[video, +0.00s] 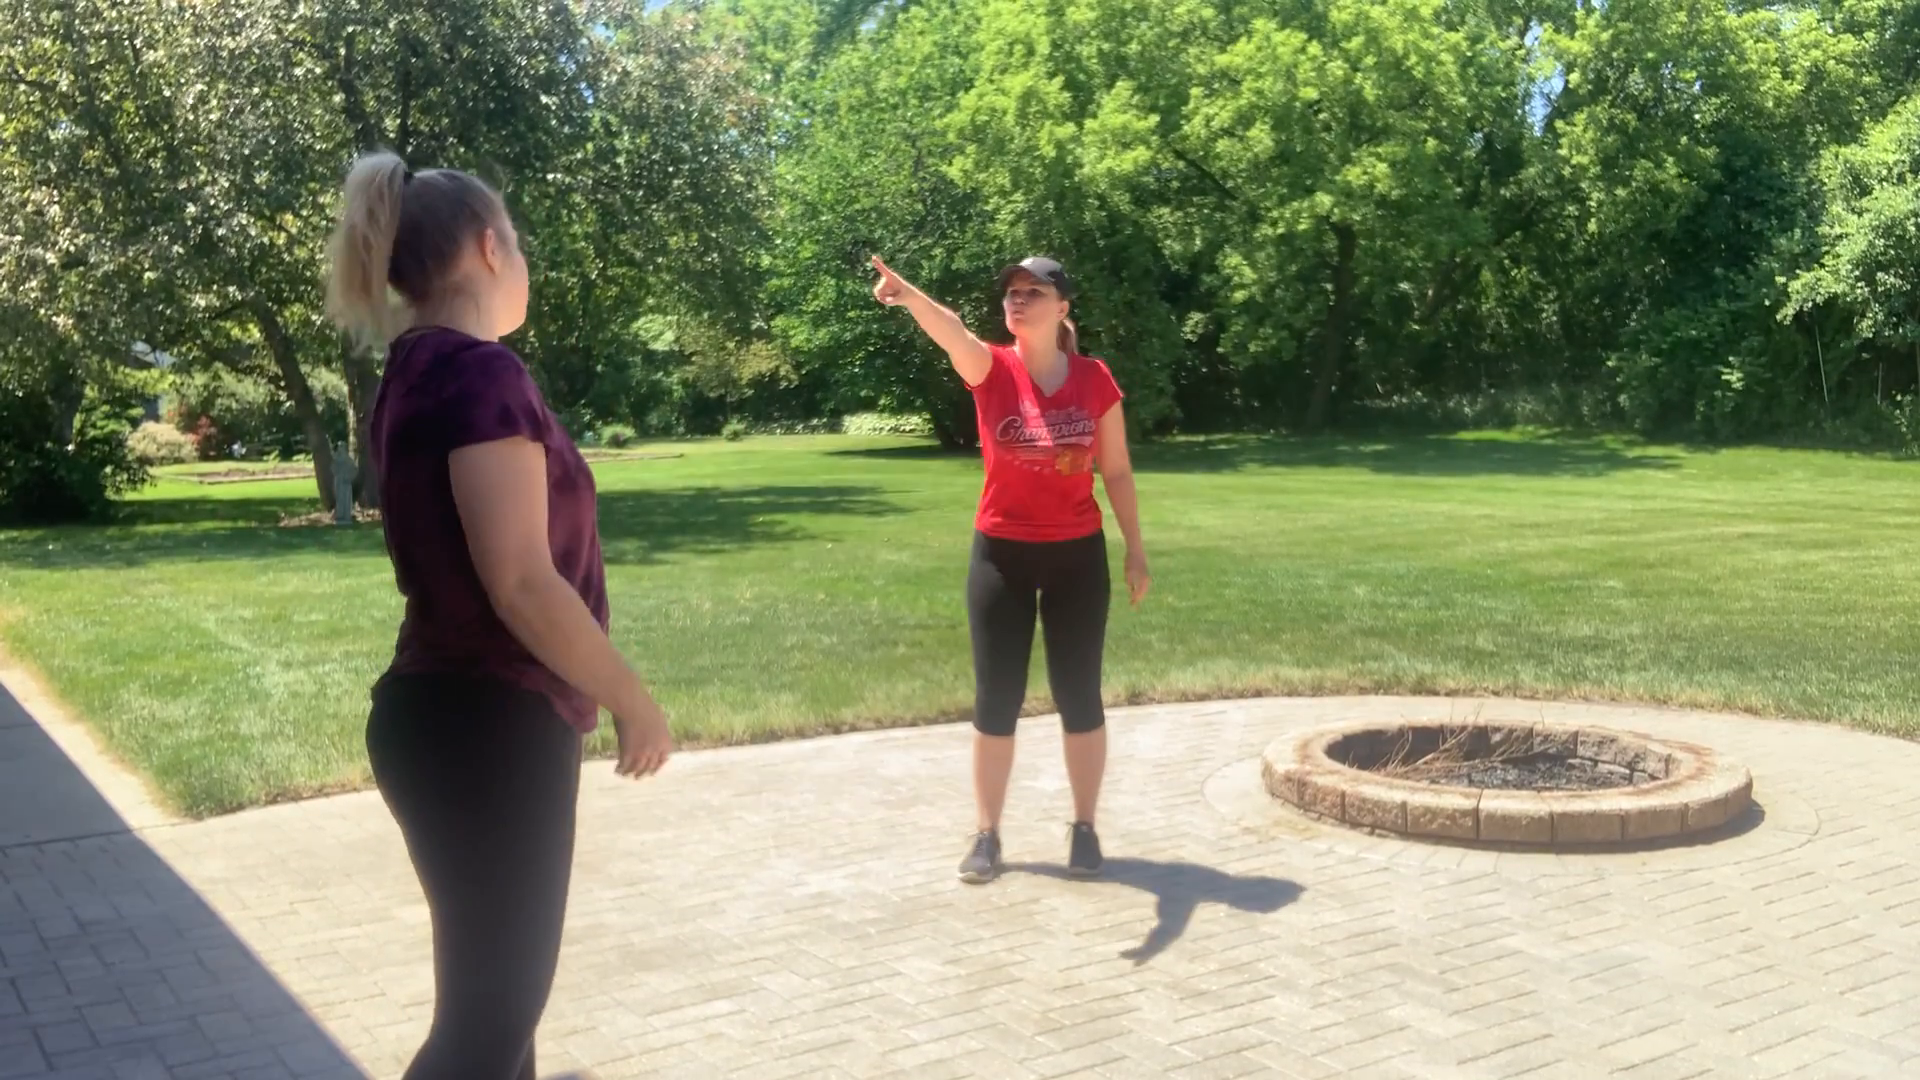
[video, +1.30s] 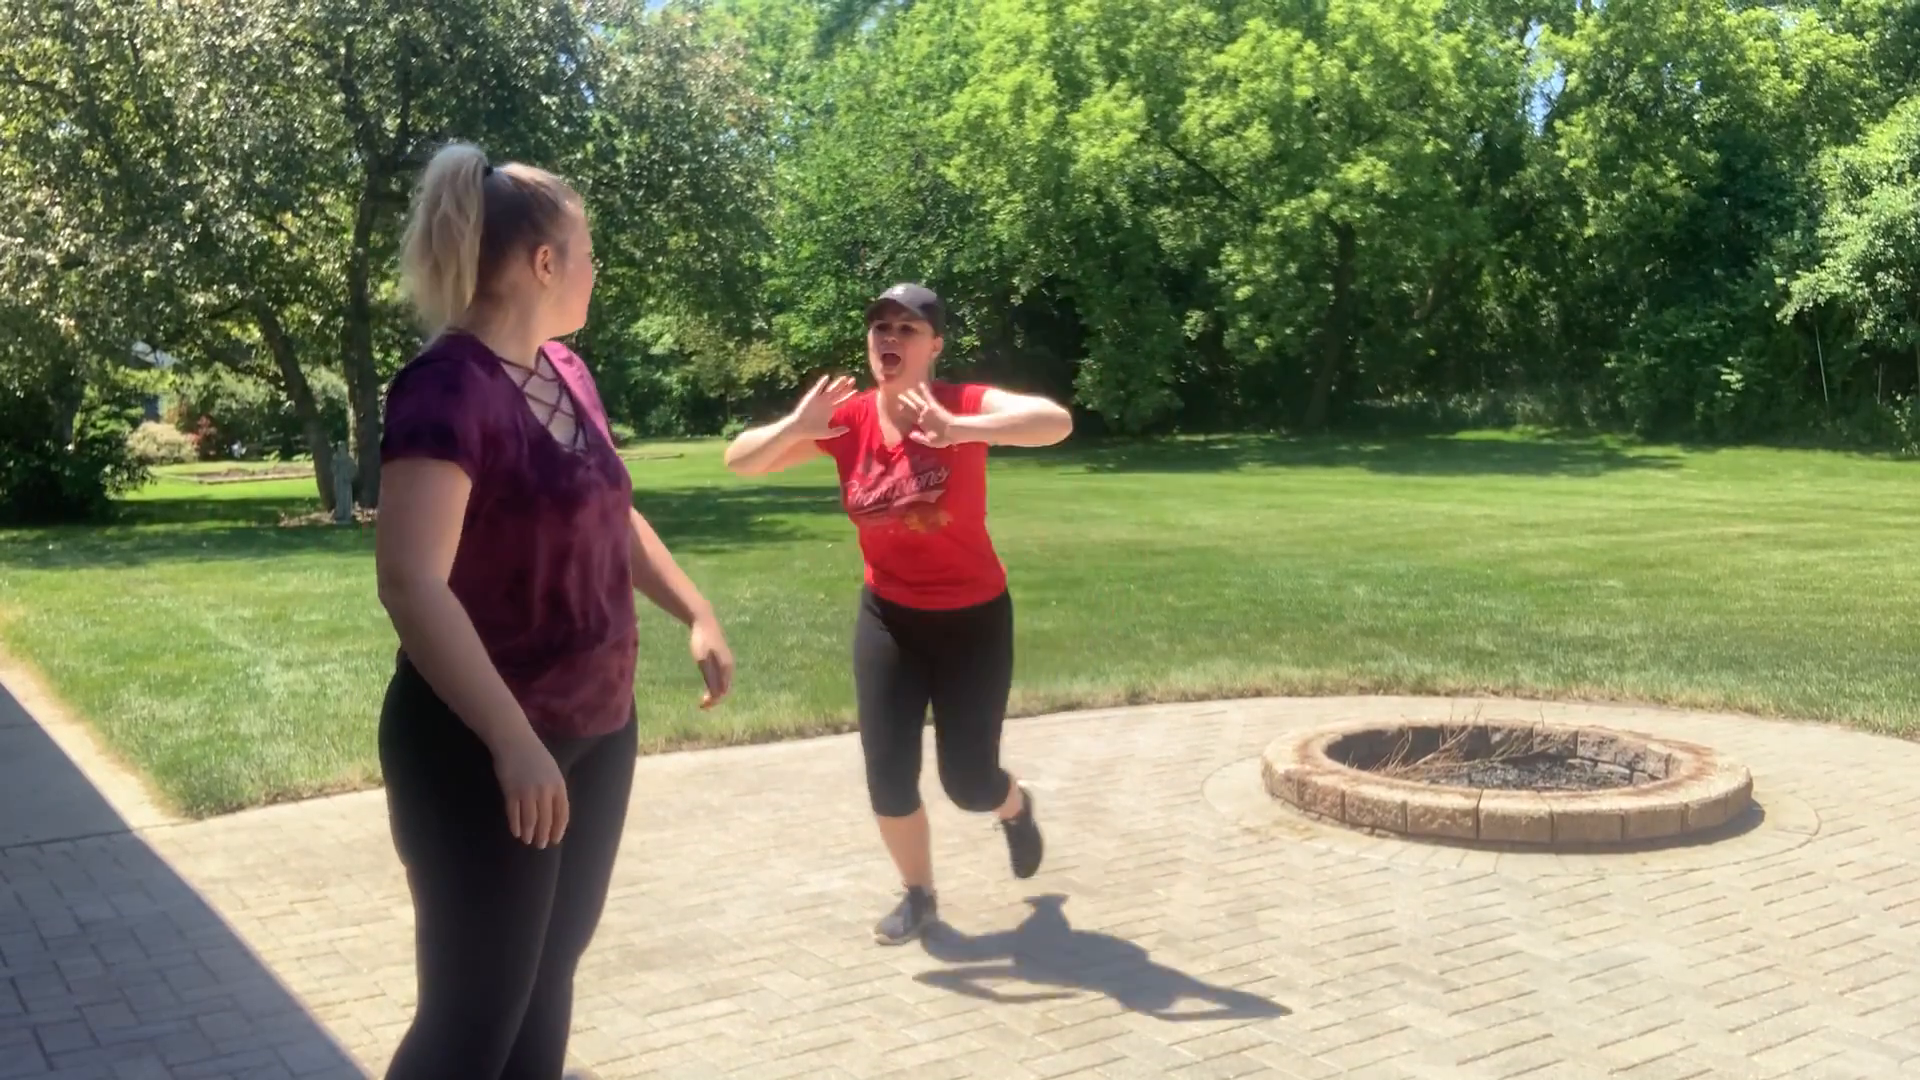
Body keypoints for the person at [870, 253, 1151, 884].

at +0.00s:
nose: (1017, 303)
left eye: (1032, 294)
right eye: (1011, 295)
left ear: (1063, 306)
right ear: (1003, 308)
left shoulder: (1094, 379)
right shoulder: (992, 367)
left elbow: (1117, 470)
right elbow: (954, 335)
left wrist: (1134, 546)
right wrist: (911, 296)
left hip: (1077, 554)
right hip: (1000, 554)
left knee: (1079, 696)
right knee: (996, 698)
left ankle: (1085, 827)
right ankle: (986, 834)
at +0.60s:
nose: (1007, 309)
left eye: (1021, 300)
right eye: (1000, 299)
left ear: (1050, 309)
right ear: (990, 307)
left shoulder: (1076, 384)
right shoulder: (965, 371)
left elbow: (1091, 478)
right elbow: (884, 403)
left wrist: (1104, 558)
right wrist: (893, 367)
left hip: (1052, 560)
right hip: (975, 560)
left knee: (1060, 702)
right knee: (979, 704)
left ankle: (1064, 823)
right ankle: (985, 834)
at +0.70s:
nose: (1014, 318)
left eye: (1028, 309)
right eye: (1008, 308)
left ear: (1058, 319)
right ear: (998, 318)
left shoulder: (1087, 392)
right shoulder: (975, 383)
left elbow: (1104, 486)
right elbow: (905, 435)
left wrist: (1106, 566)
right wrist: (892, 444)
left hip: (1056, 567)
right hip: (979, 565)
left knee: (1064, 707)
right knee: (979, 708)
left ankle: (1072, 814)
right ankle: (986, 833)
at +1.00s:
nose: (991, 346)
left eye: (1007, 338)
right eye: (985, 336)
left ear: (1037, 352)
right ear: (975, 346)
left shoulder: (1061, 419)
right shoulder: (953, 420)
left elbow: (1079, 507)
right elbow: (932, 505)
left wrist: (1031, 545)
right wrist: (892, 565)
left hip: (1042, 594)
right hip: (964, 588)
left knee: (1061, 734)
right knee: (948, 718)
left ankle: (1070, 812)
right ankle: (946, 861)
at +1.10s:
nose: (962, 344)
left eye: (978, 337)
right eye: (956, 335)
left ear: (1008, 354)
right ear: (944, 351)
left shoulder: (1032, 417)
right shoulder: (921, 425)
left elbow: (1058, 488)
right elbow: (879, 497)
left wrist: (987, 449)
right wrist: (826, 492)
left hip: (1029, 599)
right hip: (950, 597)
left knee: (1047, 727)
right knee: (926, 725)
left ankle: (1069, 809)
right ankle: (924, 880)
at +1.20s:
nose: (931, 344)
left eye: (945, 336)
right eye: (921, 334)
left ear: (970, 352)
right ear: (905, 351)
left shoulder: (993, 409)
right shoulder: (877, 423)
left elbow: (1054, 452)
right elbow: (801, 483)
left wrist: (966, 413)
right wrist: (809, 437)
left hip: (1000, 603)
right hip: (917, 604)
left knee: (1020, 742)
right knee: (903, 750)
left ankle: (1062, 793)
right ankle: (919, 889)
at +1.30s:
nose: (889, 341)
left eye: (906, 331)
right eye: (881, 329)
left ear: (936, 345)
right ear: (867, 339)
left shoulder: (961, 403)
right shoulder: (845, 416)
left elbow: (1057, 422)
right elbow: (738, 461)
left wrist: (958, 426)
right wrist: (796, 427)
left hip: (972, 614)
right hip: (887, 612)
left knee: (967, 782)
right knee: (885, 772)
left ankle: (1016, 807)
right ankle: (919, 895)